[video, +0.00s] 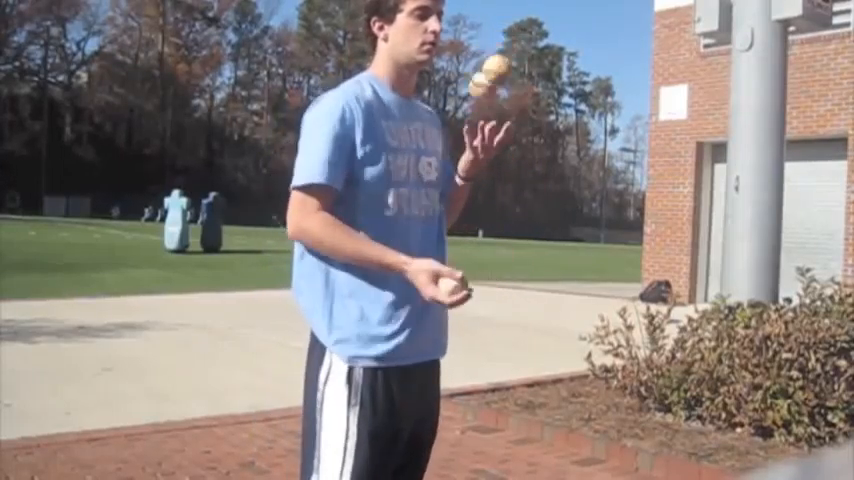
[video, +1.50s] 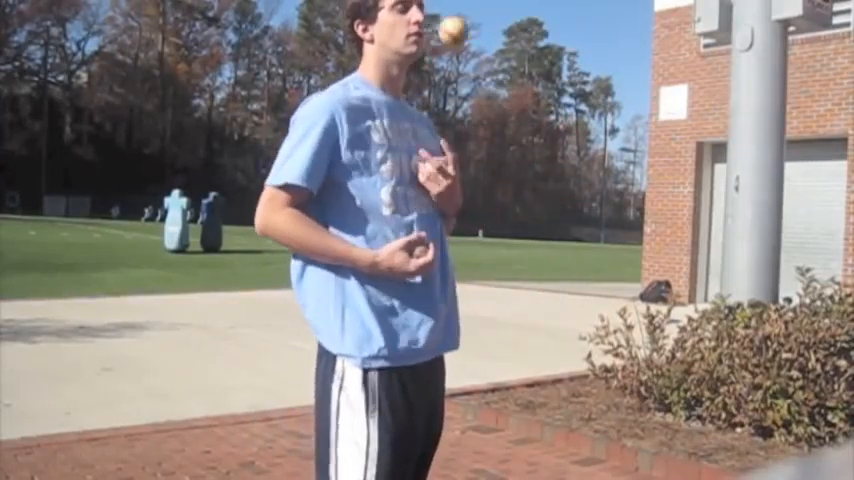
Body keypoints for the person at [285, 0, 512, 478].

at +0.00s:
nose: (436, 28)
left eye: (439, 17)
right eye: (421, 14)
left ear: (440, 29)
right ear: (381, 27)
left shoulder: (431, 121)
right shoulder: (340, 109)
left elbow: (436, 221)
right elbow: (303, 220)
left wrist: (467, 171)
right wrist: (407, 265)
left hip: (421, 350)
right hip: (356, 353)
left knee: (405, 471)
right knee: (345, 471)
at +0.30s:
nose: (436, 23)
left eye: (439, 13)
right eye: (422, 11)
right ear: (381, 23)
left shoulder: (430, 120)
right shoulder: (346, 101)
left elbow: (409, 230)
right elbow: (373, 215)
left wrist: (450, 277)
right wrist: (486, 176)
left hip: (416, 352)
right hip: (350, 352)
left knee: (402, 472)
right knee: (336, 472)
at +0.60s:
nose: (438, 21)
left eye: (440, 12)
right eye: (423, 10)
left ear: (440, 25)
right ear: (382, 22)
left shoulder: (436, 120)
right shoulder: (342, 102)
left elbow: (446, 229)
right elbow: (290, 210)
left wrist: (477, 183)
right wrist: (396, 239)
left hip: (420, 354)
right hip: (352, 355)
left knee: (405, 472)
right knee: (339, 472)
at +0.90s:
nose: (437, 14)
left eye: (439, 6)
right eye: (422, 5)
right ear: (382, 22)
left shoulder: (413, 109)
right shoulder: (361, 102)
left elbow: (409, 214)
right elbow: (392, 226)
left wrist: (458, 204)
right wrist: (508, 241)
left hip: (416, 351)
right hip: (361, 354)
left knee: (403, 471)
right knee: (344, 471)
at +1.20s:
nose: (442, 12)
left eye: (442, 5)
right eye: (425, 4)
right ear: (386, 22)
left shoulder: (422, 113)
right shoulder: (355, 101)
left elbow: (407, 219)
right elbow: (327, 215)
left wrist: (456, 221)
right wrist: (436, 184)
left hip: (422, 346)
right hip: (367, 348)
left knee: (407, 469)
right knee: (355, 469)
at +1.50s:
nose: (418, 17)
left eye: (420, 9)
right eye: (401, 8)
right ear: (365, 28)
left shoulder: (423, 124)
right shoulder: (330, 109)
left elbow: (437, 224)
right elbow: (271, 215)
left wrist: (451, 203)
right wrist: (374, 260)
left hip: (423, 349)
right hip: (361, 353)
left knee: (411, 469)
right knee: (362, 471)